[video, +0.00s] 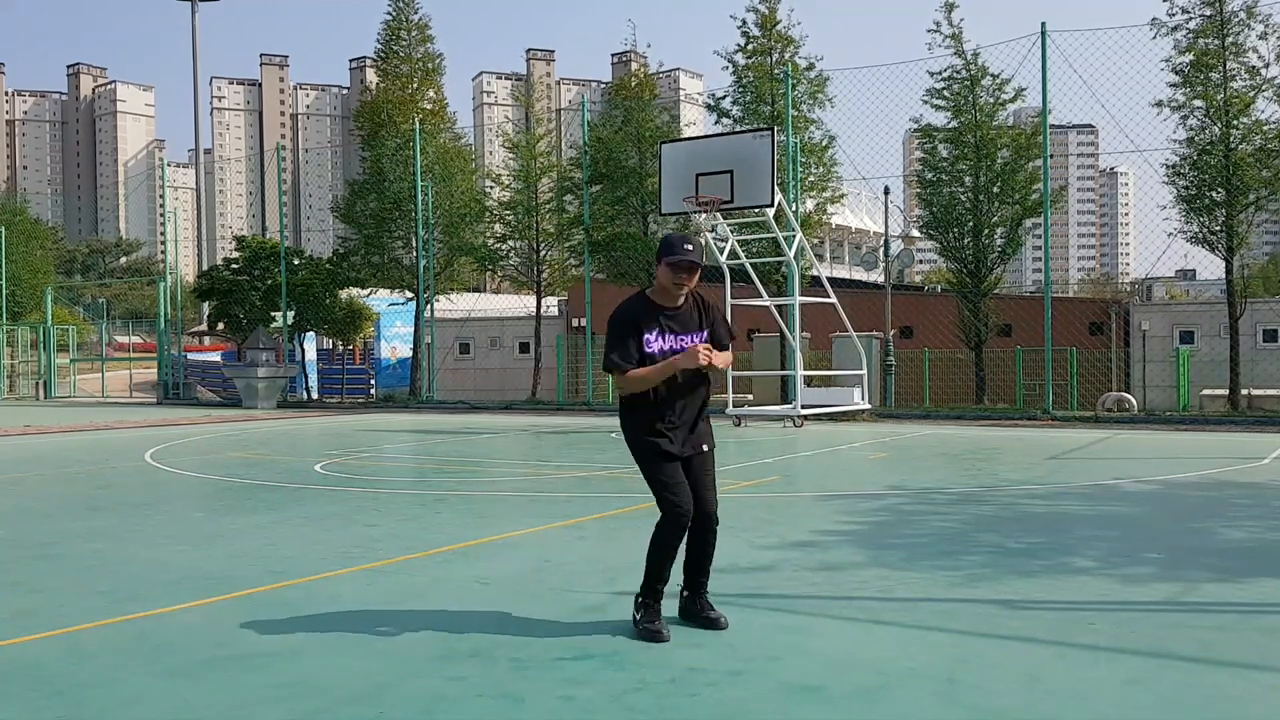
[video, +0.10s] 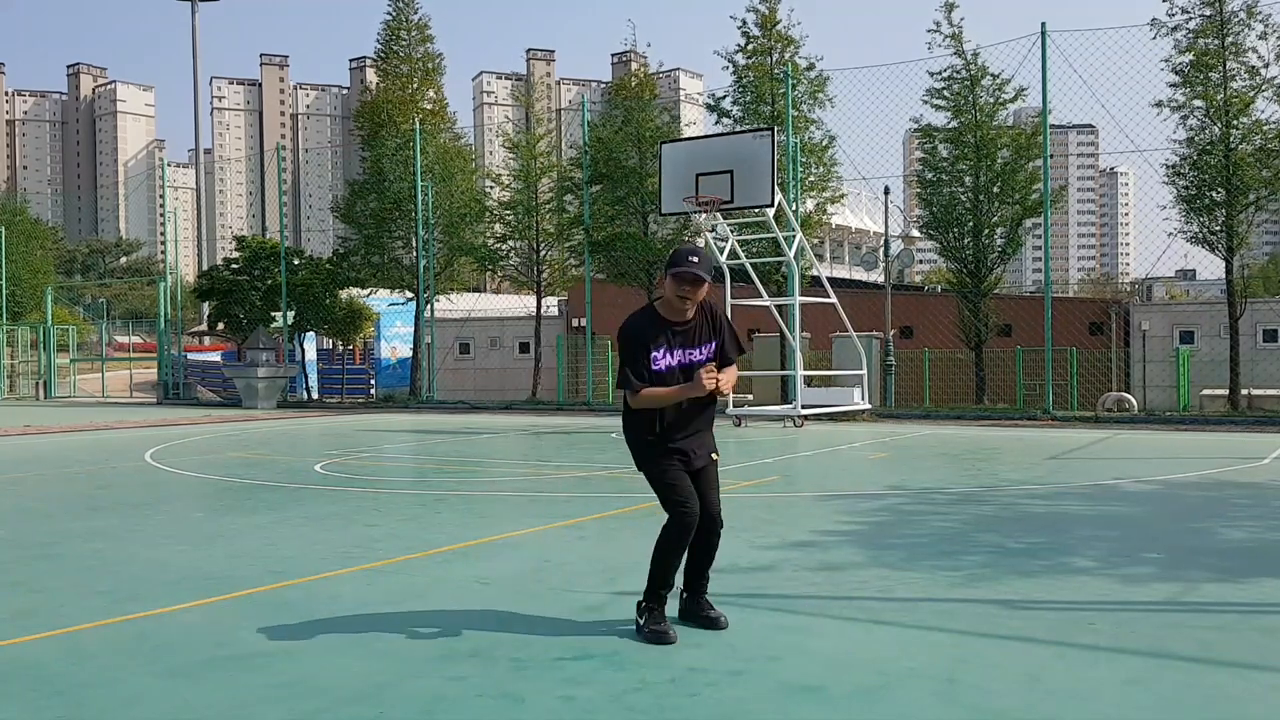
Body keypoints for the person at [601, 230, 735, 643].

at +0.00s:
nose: (684, 276)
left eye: (691, 269)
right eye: (676, 267)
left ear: (699, 273)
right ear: (658, 267)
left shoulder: (703, 307)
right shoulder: (629, 314)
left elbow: (728, 355)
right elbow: (624, 382)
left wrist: (716, 358)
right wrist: (678, 363)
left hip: (694, 424)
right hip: (649, 429)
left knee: (707, 514)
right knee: (679, 510)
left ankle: (695, 599)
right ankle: (648, 606)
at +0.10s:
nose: (688, 289)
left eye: (698, 282)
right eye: (682, 280)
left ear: (708, 286)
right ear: (665, 279)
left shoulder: (712, 317)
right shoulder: (637, 328)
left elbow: (731, 366)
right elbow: (635, 397)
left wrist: (725, 380)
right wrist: (690, 389)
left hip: (698, 434)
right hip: (652, 439)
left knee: (711, 518)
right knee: (685, 513)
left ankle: (694, 600)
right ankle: (651, 608)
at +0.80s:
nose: (716, 301)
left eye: (721, 292)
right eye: (706, 294)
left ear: (727, 289)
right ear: (678, 294)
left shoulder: (733, 332)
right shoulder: (646, 332)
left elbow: (776, 373)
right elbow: (613, 389)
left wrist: (804, 429)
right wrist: (611, 456)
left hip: (712, 443)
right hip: (661, 446)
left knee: (720, 522)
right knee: (681, 517)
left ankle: (723, 618)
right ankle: (662, 618)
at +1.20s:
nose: (686, 272)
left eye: (690, 263)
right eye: (677, 263)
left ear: (693, 263)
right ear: (650, 259)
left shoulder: (699, 302)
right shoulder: (619, 308)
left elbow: (734, 366)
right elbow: (642, 369)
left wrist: (697, 329)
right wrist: (680, 322)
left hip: (703, 445)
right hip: (649, 450)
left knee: (710, 546)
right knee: (666, 549)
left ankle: (684, 635)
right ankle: (627, 643)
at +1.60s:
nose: (660, 225)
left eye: (672, 222)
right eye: (655, 213)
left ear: (679, 231)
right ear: (634, 211)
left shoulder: (690, 270)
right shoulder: (590, 256)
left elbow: (761, 281)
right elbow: (520, 268)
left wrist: (728, 307)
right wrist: (530, 291)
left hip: (651, 421)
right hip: (593, 416)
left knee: (644, 522)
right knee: (602, 526)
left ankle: (652, 629)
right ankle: (612, 631)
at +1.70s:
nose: (652, 226)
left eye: (664, 221)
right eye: (646, 213)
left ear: (673, 231)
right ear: (627, 212)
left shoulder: (684, 273)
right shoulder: (586, 260)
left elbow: (756, 298)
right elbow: (521, 299)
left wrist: (716, 302)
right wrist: (532, 283)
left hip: (636, 428)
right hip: (577, 421)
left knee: (616, 536)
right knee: (569, 535)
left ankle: (630, 650)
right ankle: (591, 626)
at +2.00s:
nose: (603, 289)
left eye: (609, 278)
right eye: (590, 281)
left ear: (618, 275)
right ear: (565, 283)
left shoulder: (641, 317)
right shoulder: (555, 314)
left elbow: (699, 364)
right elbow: (552, 353)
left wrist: (631, 389)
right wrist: (557, 380)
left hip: (637, 445)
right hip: (585, 442)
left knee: (616, 540)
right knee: (570, 547)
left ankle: (628, 655)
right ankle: (574, 650)